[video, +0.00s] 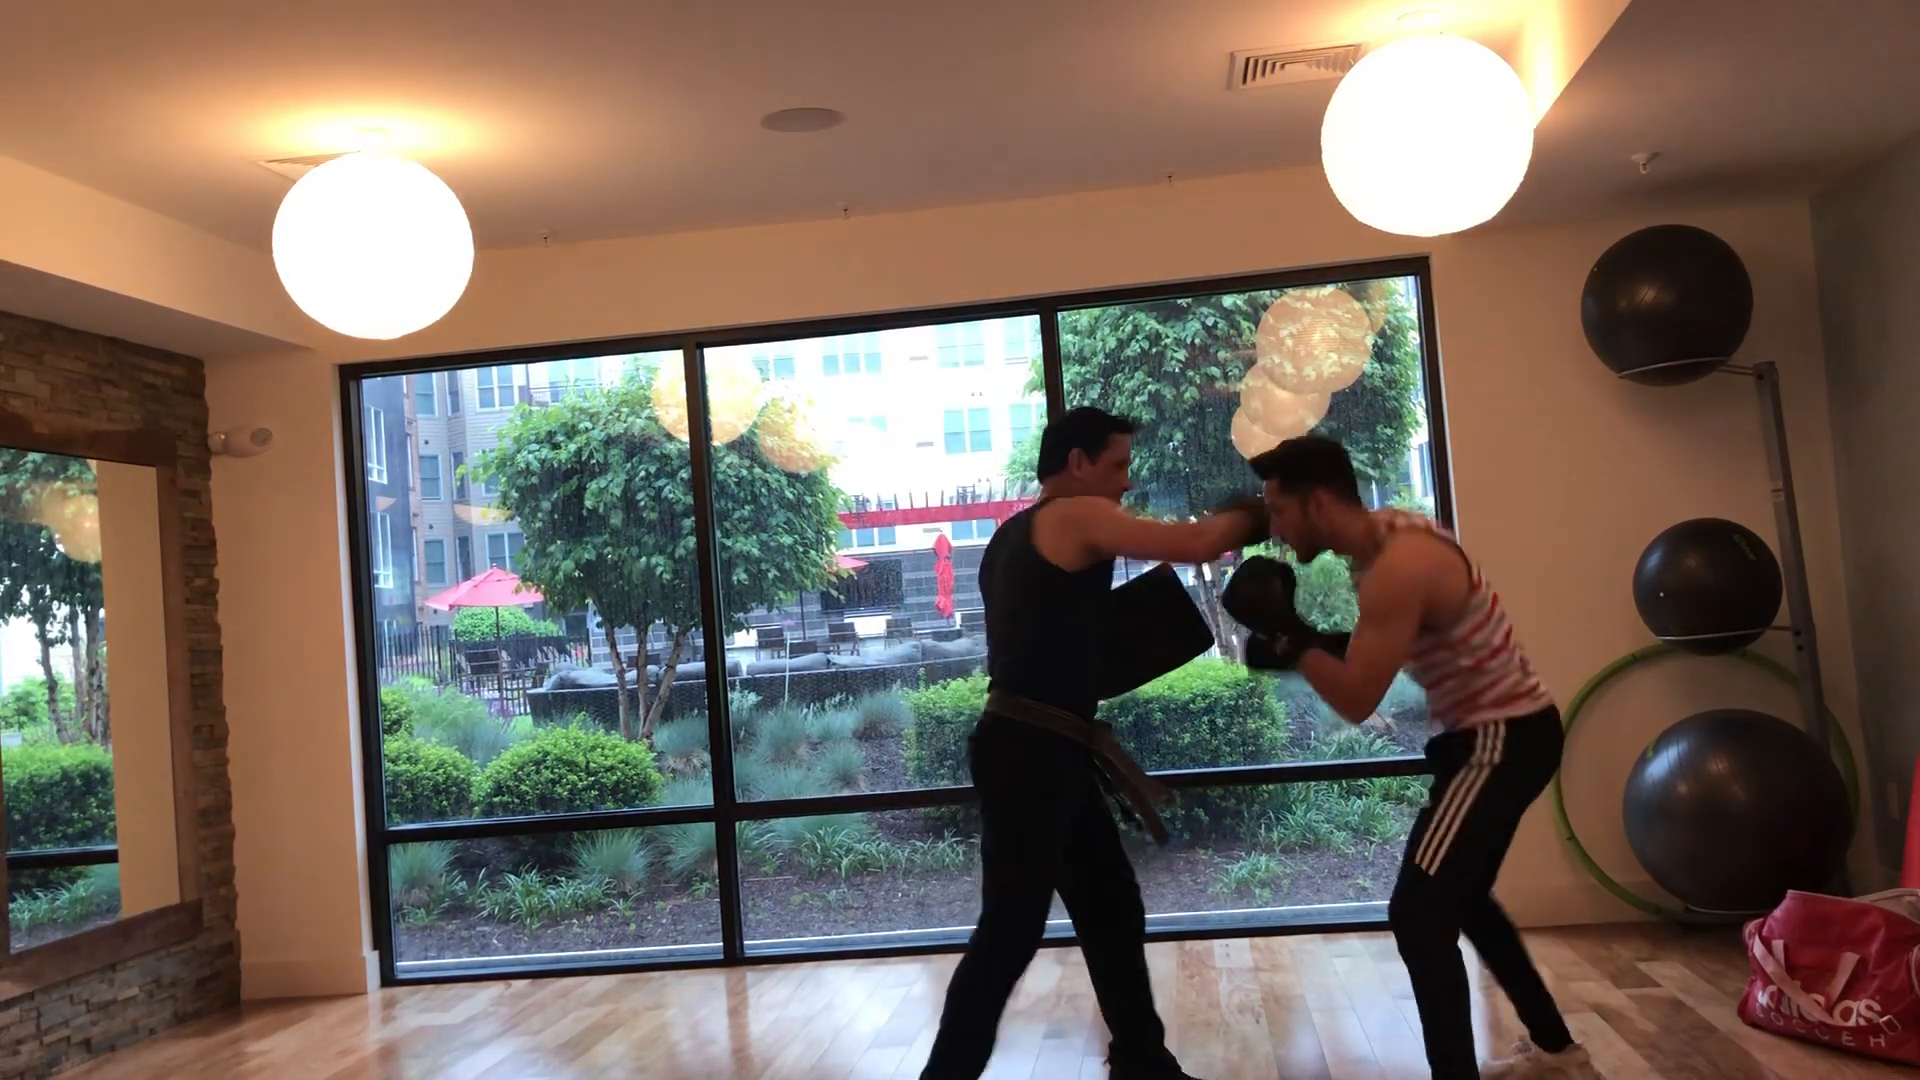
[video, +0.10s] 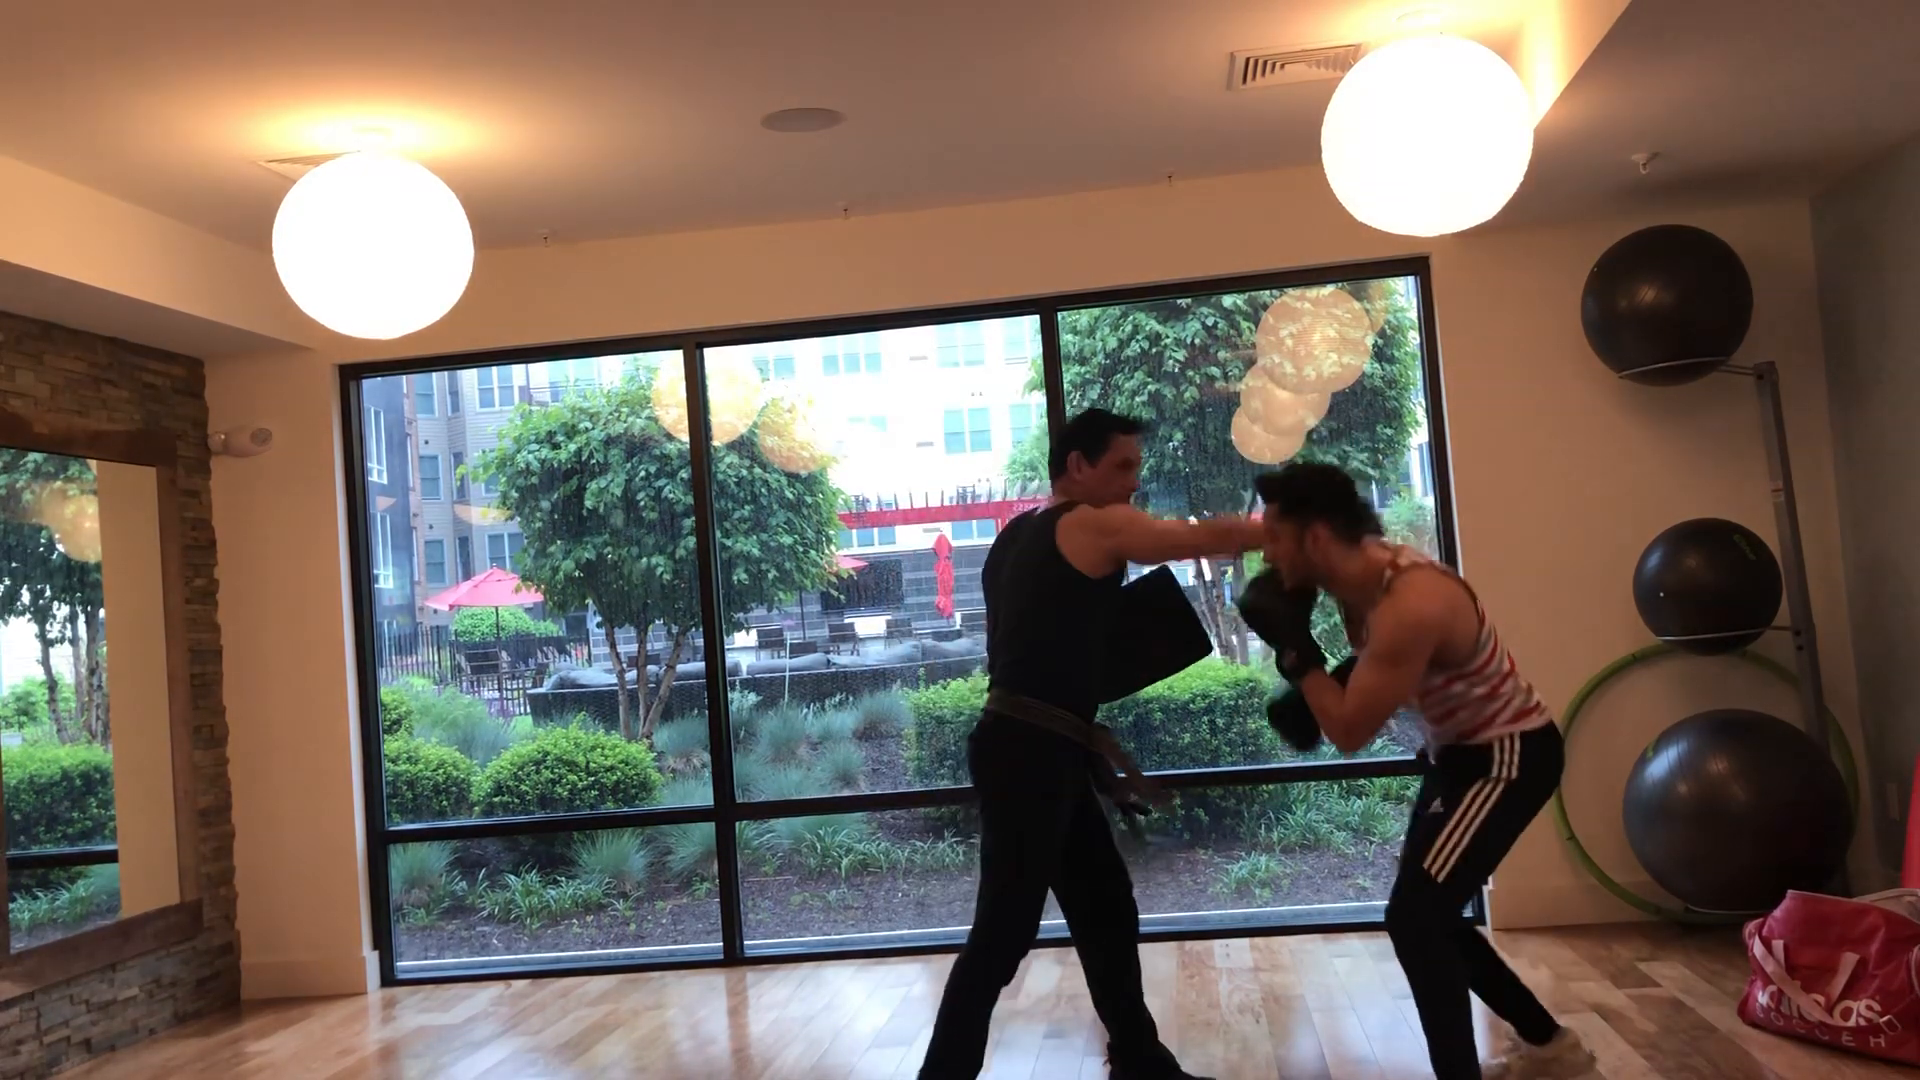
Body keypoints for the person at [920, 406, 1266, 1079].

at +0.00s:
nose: (1127, 481)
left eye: (1127, 467)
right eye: (1118, 467)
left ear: (1067, 467)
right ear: (1077, 463)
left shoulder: (1016, 536)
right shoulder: (1075, 518)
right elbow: (1196, 543)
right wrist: (1260, 510)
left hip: (1038, 747)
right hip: (1032, 750)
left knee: (1112, 913)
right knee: (1009, 934)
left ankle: (1142, 1061)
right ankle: (947, 1073)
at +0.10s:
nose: (1136, 482)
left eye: (1137, 468)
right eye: (1125, 469)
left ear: (1074, 472)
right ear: (1079, 468)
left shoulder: (1018, 539)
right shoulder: (1099, 527)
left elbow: (1032, 666)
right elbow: (1208, 538)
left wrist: (1095, 746)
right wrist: (1302, 526)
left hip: (1023, 745)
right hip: (1032, 751)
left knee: (1106, 906)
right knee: (1001, 937)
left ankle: (1138, 1059)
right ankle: (944, 1073)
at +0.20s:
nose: (1139, 488)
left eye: (1141, 475)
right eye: (1128, 474)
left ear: (1077, 476)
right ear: (1082, 470)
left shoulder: (1027, 538)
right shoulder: (1094, 536)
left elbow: (1134, 600)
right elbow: (1183, 603)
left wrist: (1233, 596)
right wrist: (1266, 588)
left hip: (1024, 745)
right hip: (1038, 751)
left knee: (1112, 904)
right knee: (1022, 932)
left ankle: (1142, 1061)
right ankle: (968, 1072)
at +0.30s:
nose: (1134, 488)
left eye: (1137, 475)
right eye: (1123, 474)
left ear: (1074, 477)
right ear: (1076, 471)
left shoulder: (1037, 537)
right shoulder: (1067, 543)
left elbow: (1078, 646)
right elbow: (1106, 662)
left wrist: (1158, 625)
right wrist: (1195, 648)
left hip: (1045, 746)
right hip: (1032, 752)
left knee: (1123, 901)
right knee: (1043, 926)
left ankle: (1142, 1059)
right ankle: (985, 1075)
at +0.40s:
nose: (1124, 482)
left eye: (1127, 468)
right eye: (1113, 467)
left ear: (1076, 469)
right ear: (1066, 465)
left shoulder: (1065, 545)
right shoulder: (1029, 540)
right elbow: (1000, 647)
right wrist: (1096, 675)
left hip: (1053, 746)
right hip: (1012, 749)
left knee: (1119, 908)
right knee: (1024, 931)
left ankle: (1144, 1060)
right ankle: (983, 1074)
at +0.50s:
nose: (1110, 473)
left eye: (1112, 460)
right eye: (1099, 460)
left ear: (1063, 462)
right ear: (1049, 460)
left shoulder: (1085, 536)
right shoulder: (998, 535)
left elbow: (1127, 562)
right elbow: (929, 629)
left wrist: (1157, 540)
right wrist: (1024, 673)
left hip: (1045, 740)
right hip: (980, 744)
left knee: (1090, 906)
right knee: (978, 927)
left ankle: (1142, 1063)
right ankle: (965, 1072)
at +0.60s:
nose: (1100, 477)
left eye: (1101, 464)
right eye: (1090, 464)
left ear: (1055, 465)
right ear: (1041, 463)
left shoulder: (1078, 524)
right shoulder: (969, 539)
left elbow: (1167, 519)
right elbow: (904, 638)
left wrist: (1243, 491)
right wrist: (1008, 665)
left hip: (1034, 745)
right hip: (960, 749)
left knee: (1079, 912)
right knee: (956, 933)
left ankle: (1131, 1065)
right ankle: (955, 1071)